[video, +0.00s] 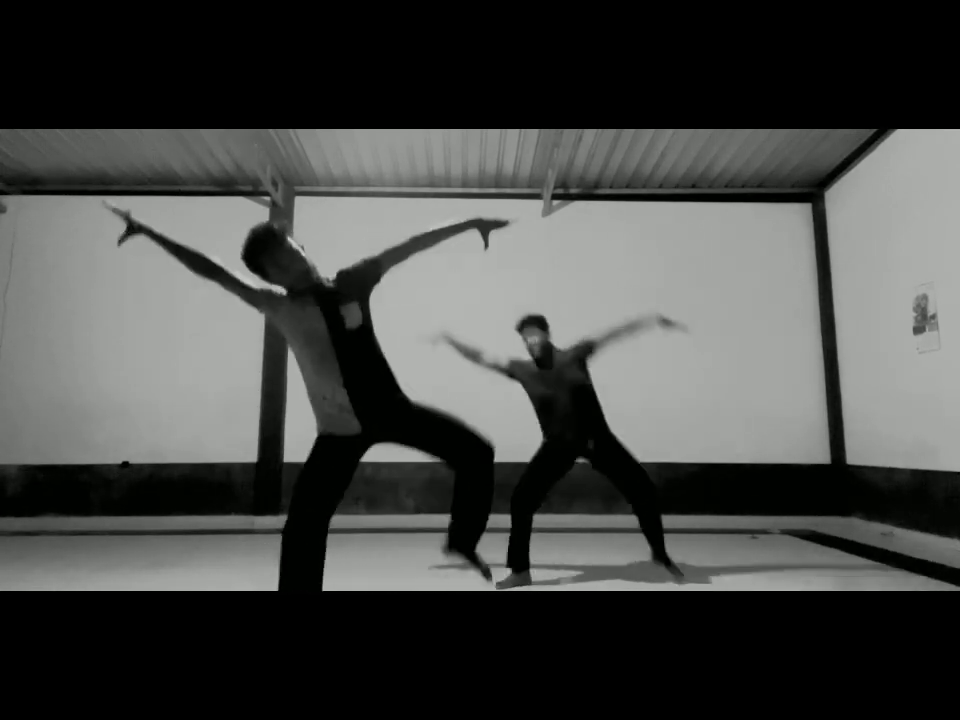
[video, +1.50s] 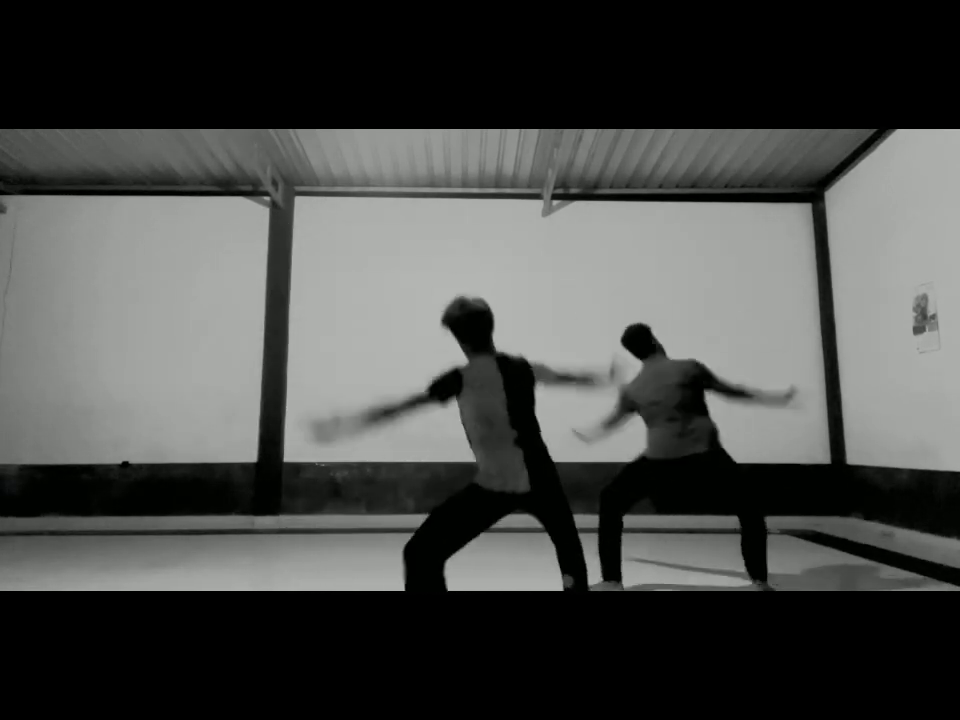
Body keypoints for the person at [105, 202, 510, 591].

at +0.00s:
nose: (292, 261)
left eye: (288, 252)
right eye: (280, 262)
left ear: (296, 248)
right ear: (270, 274)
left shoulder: (354, 282)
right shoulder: (278, 310)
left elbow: (413, 246)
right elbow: (211, 271)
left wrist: (472, 224)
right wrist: (148, 232)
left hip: (395, 416)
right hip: (339, 434)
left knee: (476, 453)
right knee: (303, 527)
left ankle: (460, 551)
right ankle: (299, 598)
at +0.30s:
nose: (298, 285)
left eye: (295, 276)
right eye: (284, 283)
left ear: (303, 279)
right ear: (270, 302)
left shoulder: (351, 323)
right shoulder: (270, 351)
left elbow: (420, 306)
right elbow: (185, 334)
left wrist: (482, 288)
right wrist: (115, 310)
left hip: (389, 448)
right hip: (331, 463)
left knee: (473, 491)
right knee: (280, 561)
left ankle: (454, 584)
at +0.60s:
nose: (358, 321)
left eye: (364, 310)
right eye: (351, 312)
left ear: (383, 306)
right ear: (346, 315)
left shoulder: (423, 360)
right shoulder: (353, 369)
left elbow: (452, 407)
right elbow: (295, 408)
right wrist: (245, 441)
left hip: (422, 479)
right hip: (372, 480)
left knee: (452, 572)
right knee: (306, 558)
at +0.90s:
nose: (401, 276)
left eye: (404, 269)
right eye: (403, 269)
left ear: (410, 273)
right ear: (440, 273)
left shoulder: (409, 315)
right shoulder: (456, 310)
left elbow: (367, 320)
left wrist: (332, 321)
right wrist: (370, 324)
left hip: (462, 438)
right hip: (484, 433)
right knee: (413, 475)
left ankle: (459, 579)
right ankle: (451, 562)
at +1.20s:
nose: (433, 276)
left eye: (433, 271)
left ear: (432, 277)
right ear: (470, 273)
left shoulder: (425, 313)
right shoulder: (493, 311)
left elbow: (362, 282)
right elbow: (523, 283)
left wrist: (313, 255)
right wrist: (537, 254)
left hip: (457, 447)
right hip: (502, 440)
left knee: (459, 545)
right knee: (532, 488)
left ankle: (470, 593)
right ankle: (555, 547)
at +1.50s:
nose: (460, 341)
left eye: (457, 334)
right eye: (464, 331)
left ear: (459, 336)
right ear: (490, 328)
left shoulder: (459, 380)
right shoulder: (522, 369)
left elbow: (401, 408)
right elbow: (562, 378)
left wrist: (343, 426)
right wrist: (598, 379)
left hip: (494, 487)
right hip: (541, 485)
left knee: (422, 553)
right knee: (568, 548)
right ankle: (577, 589)